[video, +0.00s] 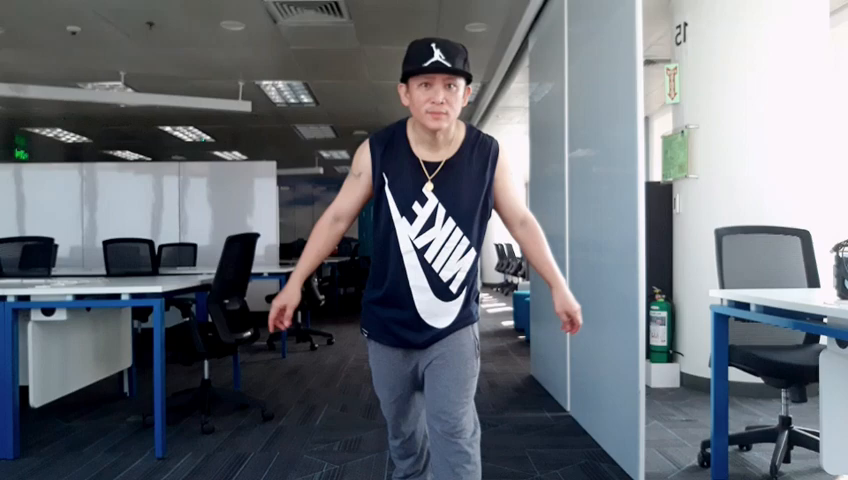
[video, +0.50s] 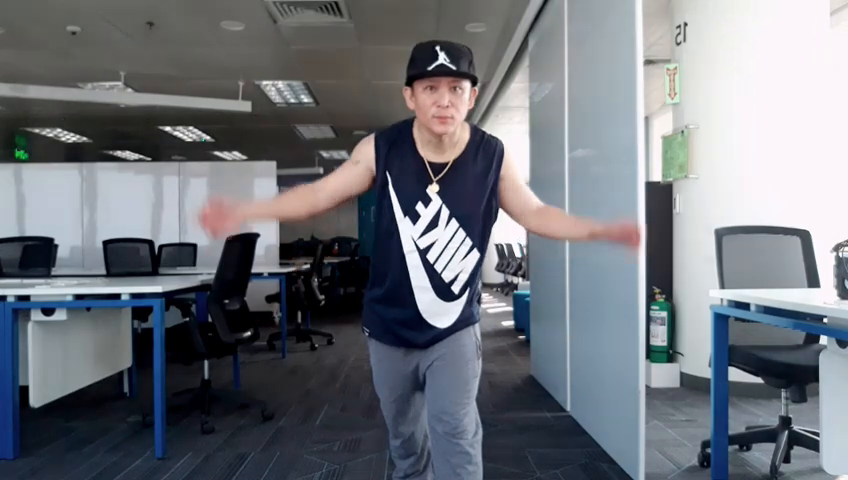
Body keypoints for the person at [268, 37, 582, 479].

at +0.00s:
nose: (438, 96)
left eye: (450, 85)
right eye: (426, 85)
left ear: (466, 95)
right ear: (404, 94)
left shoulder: (486, 153)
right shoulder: (376, 151)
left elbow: (521, 222)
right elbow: (335, 219)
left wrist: (559, 286)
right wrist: (294, 283)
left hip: (453, 326)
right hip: (388, 326)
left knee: (455, 438)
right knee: (402, 433)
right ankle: (408, 473)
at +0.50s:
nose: (444, 101)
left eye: (455, 90)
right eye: (432, 90)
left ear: (472, 97)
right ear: (409, 96)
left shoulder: (490, 155)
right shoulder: (379, 151)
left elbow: (534, 215)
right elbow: (314, 198)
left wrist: (598, 230)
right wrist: (246, 212)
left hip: (454, 328)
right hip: (390, 327)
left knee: (454, 434)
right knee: (401, 428)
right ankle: (406, 472)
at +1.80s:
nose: (456, 85)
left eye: (468, 73)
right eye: (443, 71)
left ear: (484, 82)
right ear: (419, 78)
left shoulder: (504, 146)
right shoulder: (387, 136)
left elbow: (550, 208)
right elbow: (334, 192)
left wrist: (597, 252)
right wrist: (289, 233)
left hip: (462, 328)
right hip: (394, 324)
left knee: (453, 448)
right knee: (403, 440)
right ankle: (406, 475)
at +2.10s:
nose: (472, 62)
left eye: (486, 50)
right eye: (458, 49)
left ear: (502, 62)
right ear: (433, 60)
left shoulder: (524, 131)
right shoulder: (404, 119)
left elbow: (585, 206)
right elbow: (340, 189)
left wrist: (575, 154)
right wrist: (356, 156)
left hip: (478, 334)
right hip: (406, 328)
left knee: (465, 462)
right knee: (409, 455)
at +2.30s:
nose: (477, 63)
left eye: (490, 50)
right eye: (463, 49)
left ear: (508, 61)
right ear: (437, 59)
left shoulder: (531, 133)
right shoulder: (404, 117)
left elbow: (583, 211)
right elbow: (343, 189)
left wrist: (587, 147)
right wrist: (350, 135)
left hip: (481, 336)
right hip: (409, 329)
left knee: (469, 465)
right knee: (415, 454)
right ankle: (422, 473)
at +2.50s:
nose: (473, 54)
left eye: (487, 42)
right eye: (458, 41)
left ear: (505, 55)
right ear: (435, 54)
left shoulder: (527, 132)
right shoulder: (404, 113)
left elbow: (550, 223)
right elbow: (344, 186)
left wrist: (583, 159)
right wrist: (351, 131)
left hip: (479, 331)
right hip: (407, 325)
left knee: (468, 463)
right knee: (406, 441)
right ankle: (414, 470)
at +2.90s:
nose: (454, 75)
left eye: (466, 64)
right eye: (442, 62)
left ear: (483, 77)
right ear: (420, 74)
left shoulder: (498, 148)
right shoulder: (387, 135)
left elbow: (530, 222)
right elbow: (341, 203)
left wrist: (551, 279)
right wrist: (309, 262)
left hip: (460, 333)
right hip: (390, 329)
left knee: (456, 451)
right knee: (388, 428)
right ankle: (394, 473)